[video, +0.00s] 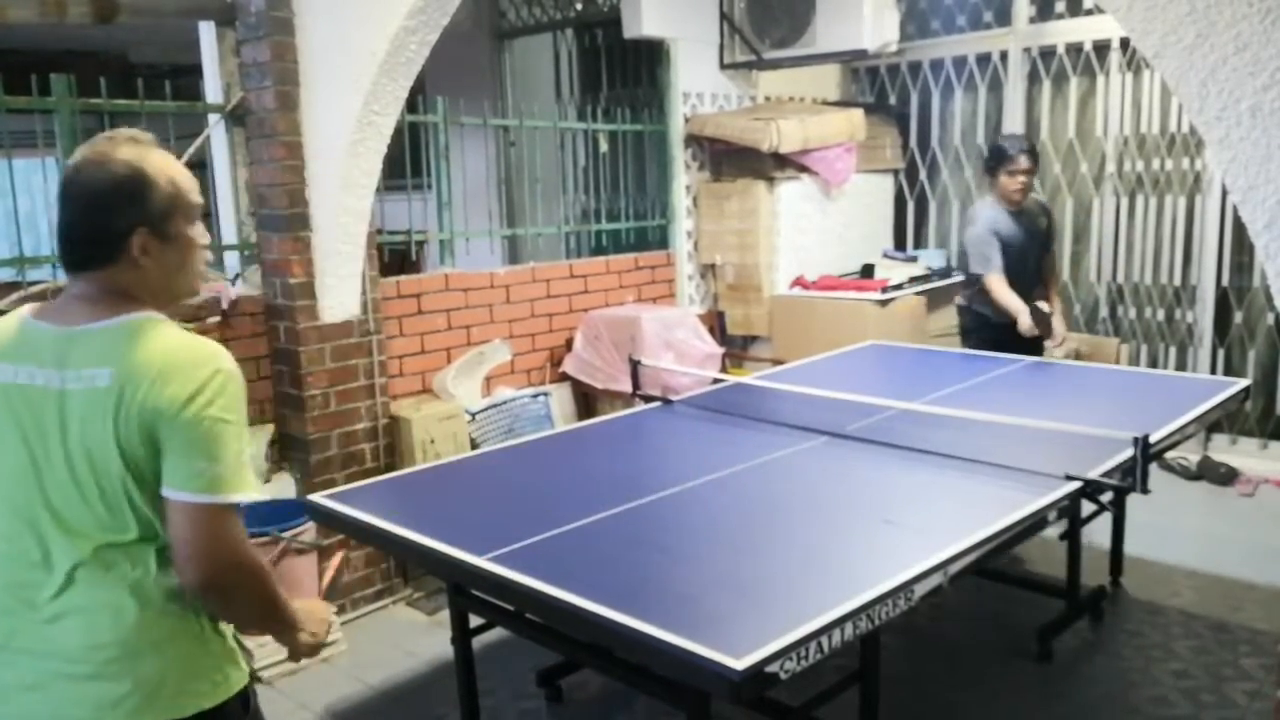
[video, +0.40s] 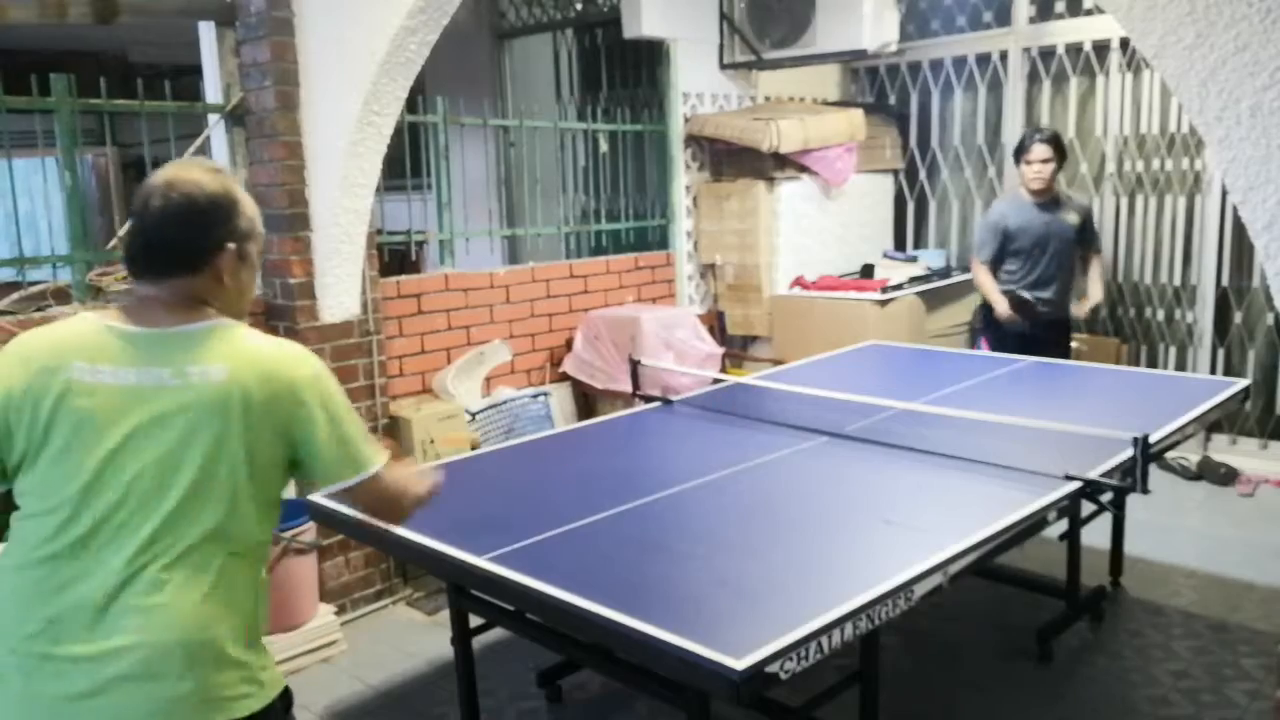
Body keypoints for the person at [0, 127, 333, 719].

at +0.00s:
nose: (207, 238)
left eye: (202, 219)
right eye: (195, 221)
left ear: (75, 240)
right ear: (142, 247)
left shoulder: (11, 338)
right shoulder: (192, 365)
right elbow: (210, 564)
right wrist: (290, 622)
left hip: (21, 682)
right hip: (155, 688)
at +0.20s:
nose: (213, 259)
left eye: (211, 239)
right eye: (206, 238)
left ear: (84, 247)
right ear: (160, 248)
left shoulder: (12, 348)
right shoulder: (217, 364)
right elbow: (255, 556)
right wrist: (289, 618)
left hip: (24, 689)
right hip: (176, 692)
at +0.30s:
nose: (236, 272)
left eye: (236, 250)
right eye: (232, 248)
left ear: (111, 250)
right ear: (195, 254)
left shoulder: (17, 356)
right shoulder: (249, 366)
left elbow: (11, 499)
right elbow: (309, 542)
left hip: (27, 692)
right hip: (193, 695)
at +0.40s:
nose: (259, 277)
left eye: (260, 257)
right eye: (257, 256)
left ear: (137, 254)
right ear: (227, 261)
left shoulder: (29, 359)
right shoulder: (279, 369)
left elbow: (9, 499)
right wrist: (410, 483)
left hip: (35, 689)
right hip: (207, 691)